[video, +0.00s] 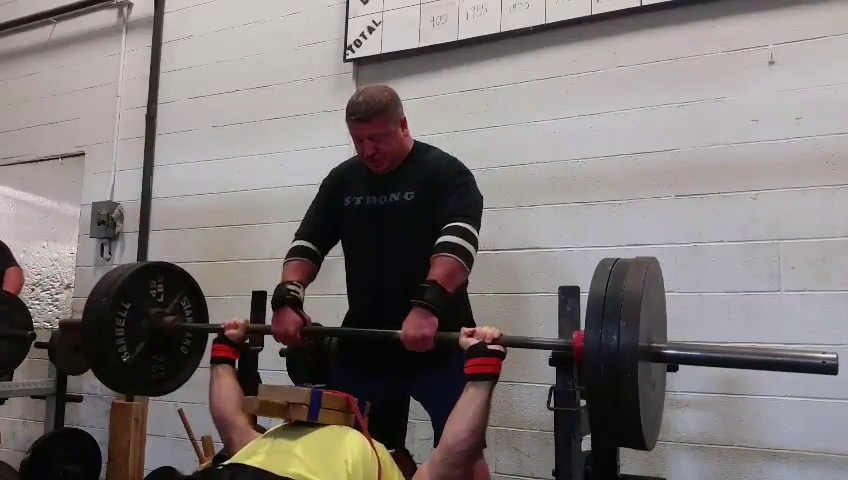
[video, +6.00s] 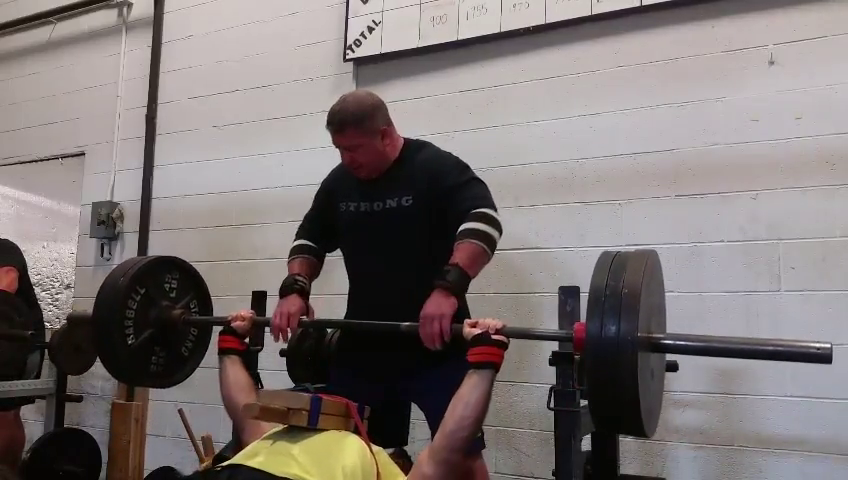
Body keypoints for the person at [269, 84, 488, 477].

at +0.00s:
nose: (368, 150)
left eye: (378, 139)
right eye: (359, 140)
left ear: (404, 126)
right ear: (350, 135)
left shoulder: (448, 175)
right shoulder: (343, 181)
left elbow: (456, 248)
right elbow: (308, 245)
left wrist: (428, 305)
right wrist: (287, 299)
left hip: (440, 342)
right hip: (365, 340)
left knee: (463, 452)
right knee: (364, 455)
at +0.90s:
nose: (370, 151)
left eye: (379, 139)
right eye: (361, 141)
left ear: (403, 126)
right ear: (352, 135)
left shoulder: (452, 178)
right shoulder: (345, 184)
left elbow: (484, 254)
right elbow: (328, 257)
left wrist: (478, 329)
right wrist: (317, 316)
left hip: (438, 347)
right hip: (363, 346)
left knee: (468, 457)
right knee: (364, 458)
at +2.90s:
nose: (361, 159)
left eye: (369, 148)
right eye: (351, 150)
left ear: (394, 131)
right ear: (342, 142)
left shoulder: (445, 177)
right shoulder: (338, 185)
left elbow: (478, 260)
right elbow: (325, 261)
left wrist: (474, 335)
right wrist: (314, 323)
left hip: (438, 339)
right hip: (365, 339)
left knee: (462, 450)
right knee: (369, 451)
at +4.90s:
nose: (360, 162)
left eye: (369, 151)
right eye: (351, 153)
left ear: (394, 133)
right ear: (342, 144)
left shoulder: (445, 177)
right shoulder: (338, 186)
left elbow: (479, 259)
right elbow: (326, 262)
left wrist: (474, 336)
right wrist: (318, 326)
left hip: (439, 342)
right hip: (365, 341)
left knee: (465, 451)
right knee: (367, 453)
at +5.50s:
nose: (357, 163)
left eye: (365, 152)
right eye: (348, 155)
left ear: (392, 134)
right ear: (338, 145)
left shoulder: (443, 173)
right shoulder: (338, 183)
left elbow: (493, 234)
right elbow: (322, 249)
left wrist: (460, 297)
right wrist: (318, 304)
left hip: (437, 345)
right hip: (364, 343)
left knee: (462, 457)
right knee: (366, 460)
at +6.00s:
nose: (347, 160)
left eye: (354, 150)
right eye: (341, 150)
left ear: (386, 135)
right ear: (335, 141)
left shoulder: (438, 169)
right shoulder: (338, 185)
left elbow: (482, 222)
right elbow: (310, 239)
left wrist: (448, 289)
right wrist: (294, 290)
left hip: (437, 340)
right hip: (365, 342)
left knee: (462, 455)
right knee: (362, 457)